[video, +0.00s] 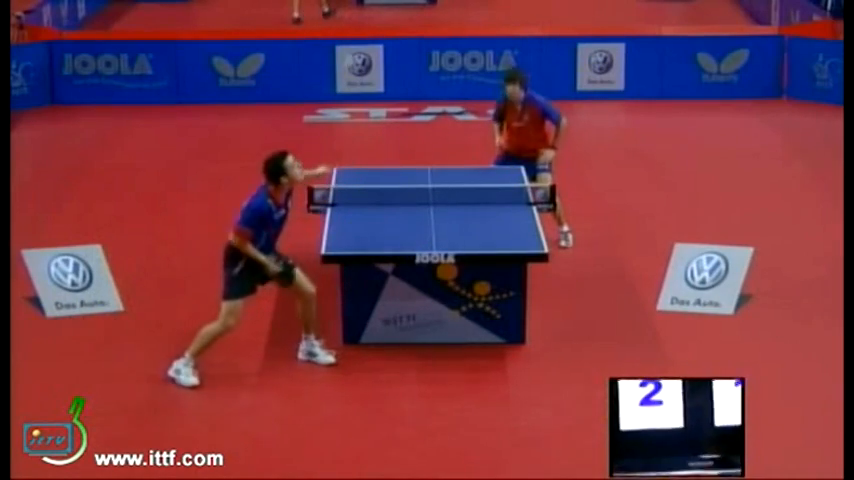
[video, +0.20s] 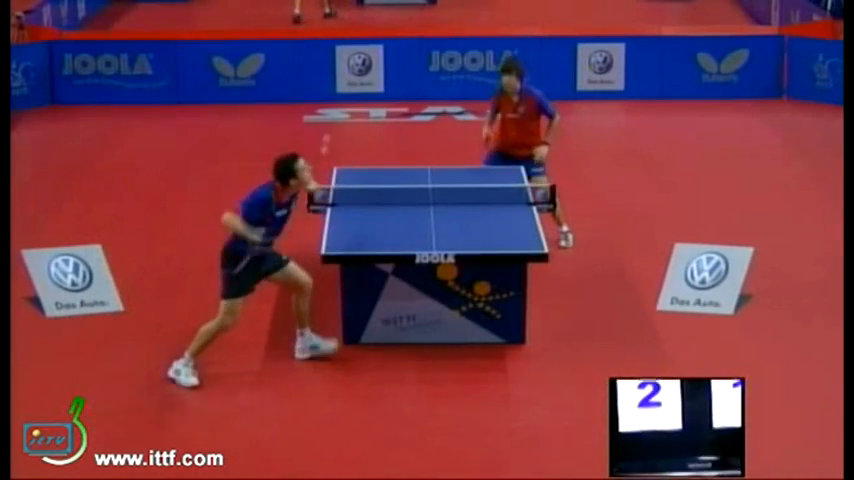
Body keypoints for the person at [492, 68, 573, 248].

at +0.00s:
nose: (511, 92)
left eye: (514, 87)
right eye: (508, 87)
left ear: (522, 88)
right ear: (505, 88)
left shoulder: (536, 103)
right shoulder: (504, 104)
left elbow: (560, 121)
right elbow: (497, 120)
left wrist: (553, 147)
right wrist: (498, 137)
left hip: (536, 154)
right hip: (510, 153)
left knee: (546, 191)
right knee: (494, 184)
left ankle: (563, 228)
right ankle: (493, 229)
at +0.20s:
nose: (507, 82)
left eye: (511, 78)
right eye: (504, 78)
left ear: (519, 79)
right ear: (501, 79)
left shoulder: (532, 97)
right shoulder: (500, 96)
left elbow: (554, 117)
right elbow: (492, 113)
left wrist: (546, 144)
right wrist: (487, 128)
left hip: (529, 154)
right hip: (503, 151)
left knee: (543, 194)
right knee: (483, 185)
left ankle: (563, 229)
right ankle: (480, 229)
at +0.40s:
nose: (495, 84)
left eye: (498, 80)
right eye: (492, 79)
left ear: (505, 81)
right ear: (487, 80)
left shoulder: (517, 98)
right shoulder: (483, 97)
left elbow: (536, 116)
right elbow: (466, 111)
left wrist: (534, 142)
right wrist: (463, 129)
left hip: (514, 156)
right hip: (486, 154)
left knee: (534, 192)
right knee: (469, 190)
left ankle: (558, 228)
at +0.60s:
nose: (492, 81)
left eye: (496, 77)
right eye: (489, 77)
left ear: (504, 77)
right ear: (486, 78)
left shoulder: (517, 95)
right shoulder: (481, 94)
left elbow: (538, 113)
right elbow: (462, 111)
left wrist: (536, 139)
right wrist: (460, 129)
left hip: (514, 155)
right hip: (485, 153)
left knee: (528, 192)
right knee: (470, 188)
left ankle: (537, 229)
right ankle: (469, 231)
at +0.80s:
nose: (496, 95)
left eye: (499, 91)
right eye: (493, 91)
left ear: (506, 92)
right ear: (489, 92)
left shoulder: (518, 109)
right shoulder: (482, 107)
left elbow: (542, 127)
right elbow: (459, 123)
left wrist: (541, 149)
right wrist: (458, 139)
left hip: (514, 161)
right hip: (486, 160)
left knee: (530, 194)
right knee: (479, 197)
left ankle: (537, 229)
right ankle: (476, 232)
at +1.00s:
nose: (496, 113)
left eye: (500, 109)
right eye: (493, 108)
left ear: (506, 109)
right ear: (487, 107)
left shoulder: (515, 122)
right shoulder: (479, 120)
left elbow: (537, 143)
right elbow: (449, 137)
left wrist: (538, 151)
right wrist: (464, 152)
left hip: (504, 172)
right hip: (478, 171)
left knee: (520, 203)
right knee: (473, 208)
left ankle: (536, 232)